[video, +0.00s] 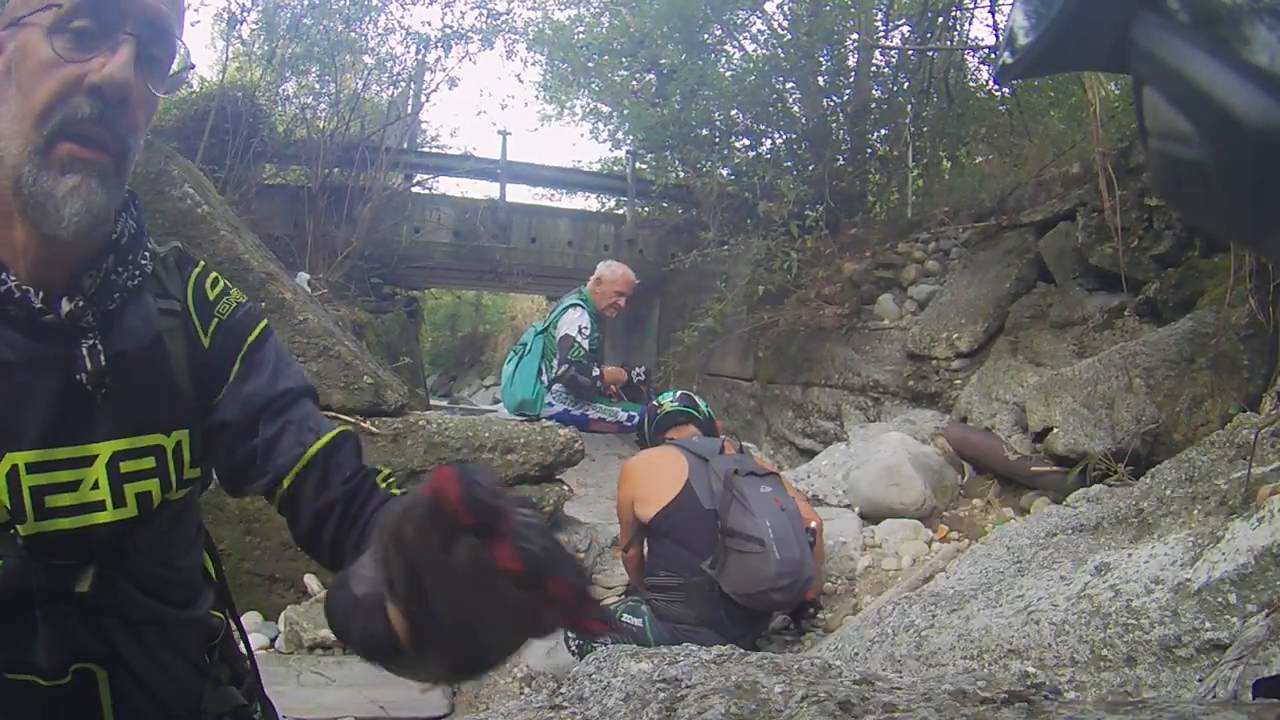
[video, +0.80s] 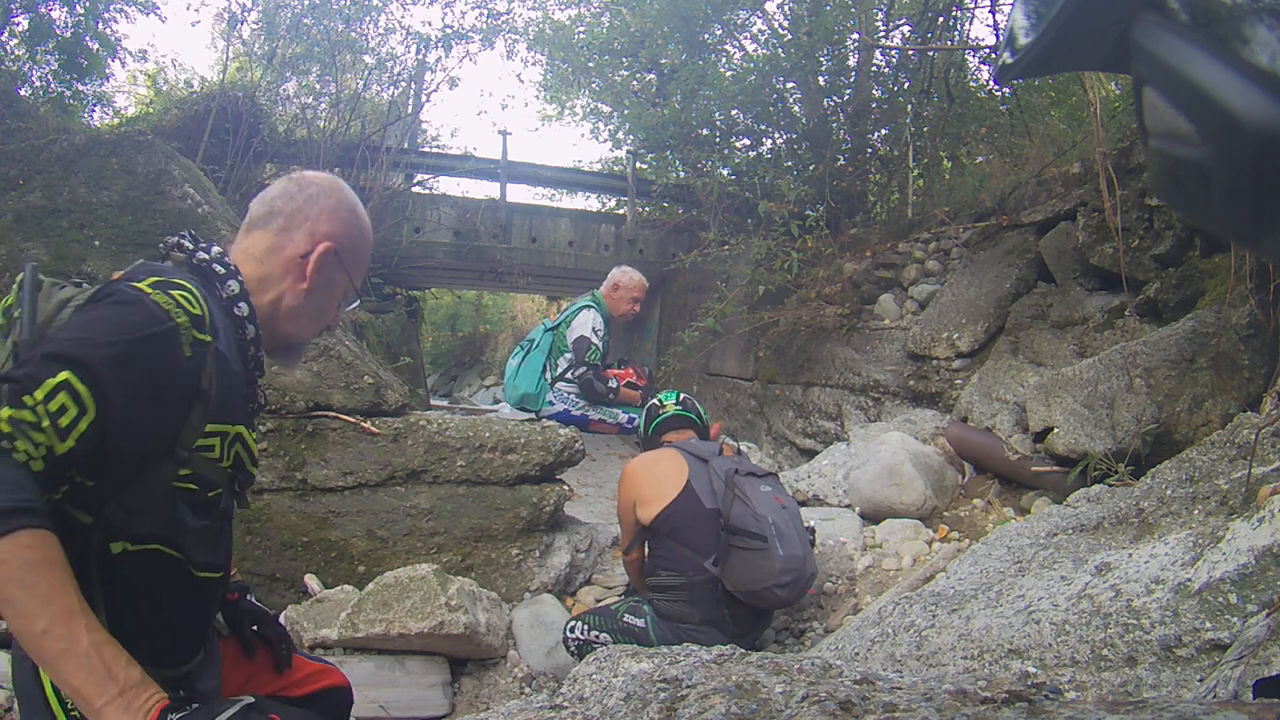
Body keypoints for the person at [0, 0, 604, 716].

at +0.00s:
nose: (119, 77)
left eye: (151, 58)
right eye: (77, 32)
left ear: (158, 104)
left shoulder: (182, 305)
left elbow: (342, 505)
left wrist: (436, 591)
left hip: (184, 689)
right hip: (29, 687)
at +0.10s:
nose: (183, 105)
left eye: (198, 78)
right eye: (148, 54)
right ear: (27, 68)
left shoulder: (193, 308)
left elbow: (304, 517)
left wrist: (371, 591)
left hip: (195, 695)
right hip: (29, 700)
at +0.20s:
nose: (247, 140)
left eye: (248, 100)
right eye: (223, 88)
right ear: (101, 83)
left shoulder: (198, 312)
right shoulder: (10, 299)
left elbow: (245, 495)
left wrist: (310, 599)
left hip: (213, 699)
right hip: (41, 707)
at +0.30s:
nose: (287, 181)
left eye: (290, 143)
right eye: (278, 134)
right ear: (173, 106)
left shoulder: (194, 314)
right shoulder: (16, 298)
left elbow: (207, 490)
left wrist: (287, 602)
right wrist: (27, 699)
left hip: (214, 681)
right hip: (57, 689)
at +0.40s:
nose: (308, 222)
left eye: (317, 188)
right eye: (308, 179)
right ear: (229, 136)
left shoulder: (194, 316)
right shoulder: (25, 297)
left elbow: (180, 505)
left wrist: (262, 595)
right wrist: (96, 684)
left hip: (205, 677)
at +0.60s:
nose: (328, 280)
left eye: (338, 255)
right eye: (334, 247)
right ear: (282, 206)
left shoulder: (203, 330)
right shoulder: (83, 314)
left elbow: (155, 521)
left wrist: (237, 597)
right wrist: (146, 701)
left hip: (186, 659)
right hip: (64, 696)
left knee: (342, 708)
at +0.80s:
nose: (335, 321)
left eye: (347, 302)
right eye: (346, 296)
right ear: (314, 265)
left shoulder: (221, 334)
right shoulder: (161, 317)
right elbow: (4, 474)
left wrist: (222, 591)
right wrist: (129, 701)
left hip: (192, 649)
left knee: (326, 689)